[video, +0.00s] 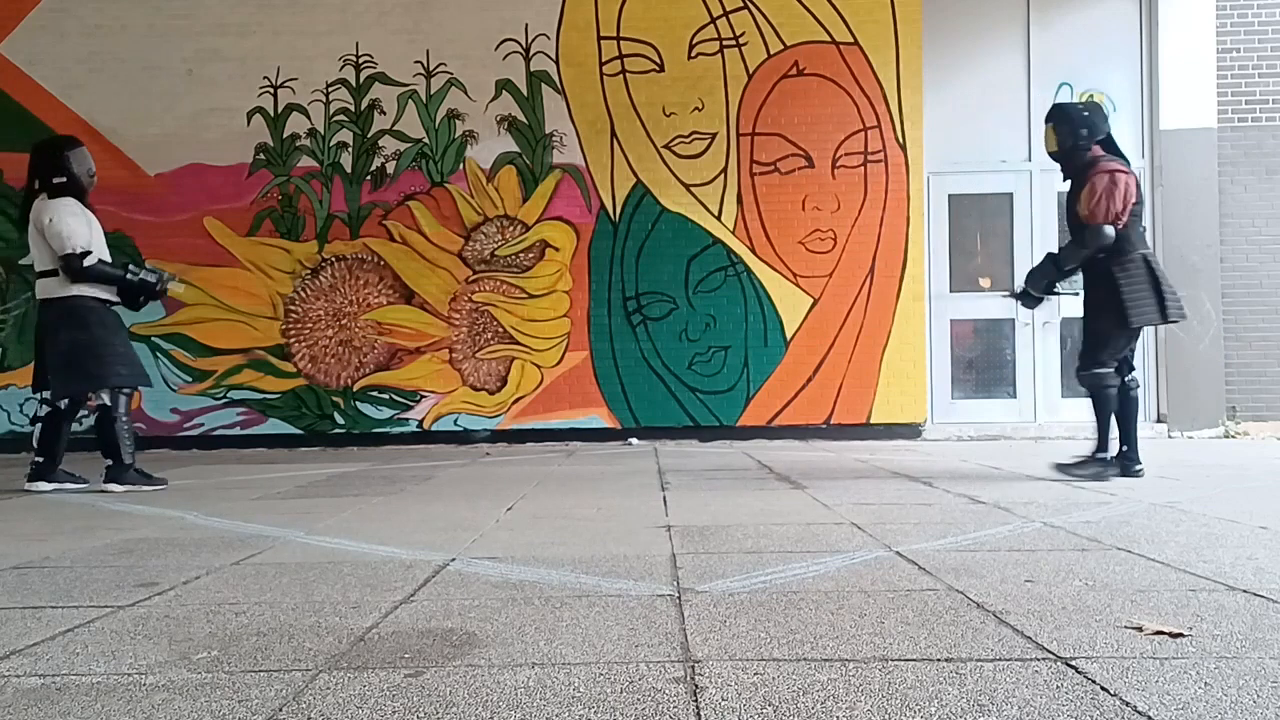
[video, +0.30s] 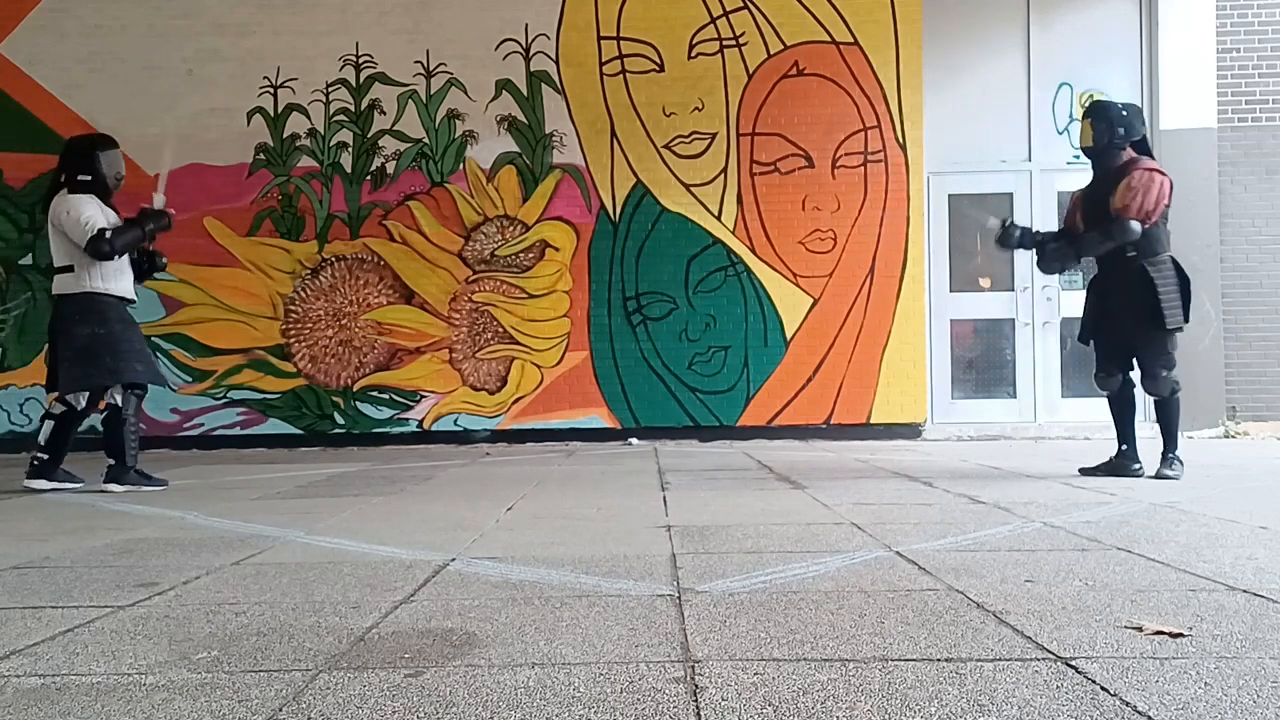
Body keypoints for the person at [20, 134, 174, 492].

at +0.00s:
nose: (92, 172)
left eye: (90, 164)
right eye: (85, 165)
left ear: (51, 172)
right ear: (65, 169)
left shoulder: (49, 206)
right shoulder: (62, 208)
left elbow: (79, 276)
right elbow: (77, 266)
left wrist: (123, 294)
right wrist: (133, 277)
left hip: (60, 311)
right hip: (80, 310)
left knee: (66, 390)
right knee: (119, 381)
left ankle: (45, 468)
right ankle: (122, 467)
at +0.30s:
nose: (120, 172)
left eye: (120, 164)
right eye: (113, 164)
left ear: (85, 168)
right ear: (91, 166)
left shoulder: (98, 207)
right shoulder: (74, 201)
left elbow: (104, 268)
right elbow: (101, 244)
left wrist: (140, 264)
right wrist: (146, 225)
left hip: (85, 307)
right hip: (92, 307)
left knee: (76, 390)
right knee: (130, 380)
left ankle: (44, 467)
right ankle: (123, 468)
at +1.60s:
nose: (181, 182)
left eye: (179, 174)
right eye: (174, 174)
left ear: (136, 183)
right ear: (155, 181)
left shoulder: (115, 219)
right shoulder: (158, 225)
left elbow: (88, 264)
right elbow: (178, 284)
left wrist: (120, 285)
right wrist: (194, 312)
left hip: (113, 323)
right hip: (146, 326)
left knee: (95, 399)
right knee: (207, 377)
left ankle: (46, 466)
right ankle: (212, 466)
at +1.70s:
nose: (204, 183)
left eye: (202, 175)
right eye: (198, 176)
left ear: (155, 181)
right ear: (183, 181)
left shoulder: (136, 219)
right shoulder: (185, 222)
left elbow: (110, 268)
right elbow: (202, 281)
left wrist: (150, 282)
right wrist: (218, 303)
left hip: (139, 324)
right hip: (174, 325)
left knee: (130, 404)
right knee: (232, 383)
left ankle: (69, 459)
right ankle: (216, 468)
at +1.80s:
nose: (228, 181)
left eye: (226, 173)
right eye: (223, 173)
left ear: (178, 178)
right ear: (209, 178)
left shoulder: (161, 215)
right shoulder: (209, 219)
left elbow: (131, 267)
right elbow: (227, 278)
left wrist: (167, 280)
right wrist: (246, 298)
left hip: (158, 320)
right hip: (193, 321)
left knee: (182, 400)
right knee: (242, 386)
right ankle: (217, 469)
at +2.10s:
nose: (291, 182)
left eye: (289, 174)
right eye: (285, 175)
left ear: (244, 179)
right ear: (271, 180)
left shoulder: (224, 216)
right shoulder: (272, 221)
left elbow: (198, 267)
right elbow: (282, 282)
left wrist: (234, 283)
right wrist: (306, 294)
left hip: (221, 319)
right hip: (253, 322)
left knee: (292, 382)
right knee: (275, 395)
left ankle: (289, 461)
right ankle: (221, 464)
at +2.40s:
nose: (341, 198)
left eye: (340, 191)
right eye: (334, 192)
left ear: (301, 198)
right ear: (314, 197)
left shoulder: (291, 230)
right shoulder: (311, 237)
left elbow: (308, 293)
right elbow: (312, 297)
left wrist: (348, 319)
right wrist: (353, 325)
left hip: (280, 326)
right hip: (298, 327)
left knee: (336, 393)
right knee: (355, 366)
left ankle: (293, 462)